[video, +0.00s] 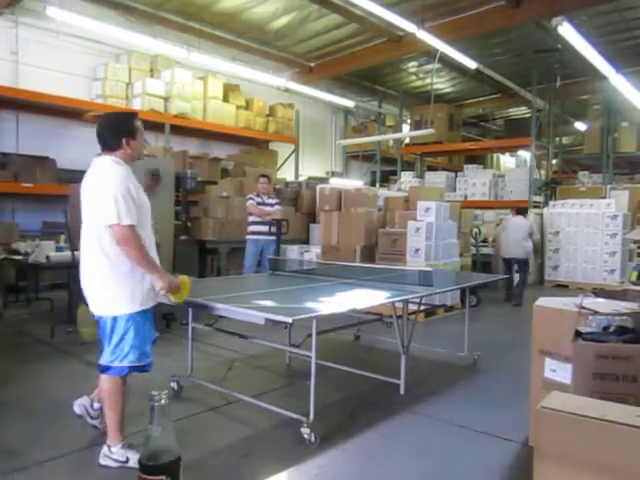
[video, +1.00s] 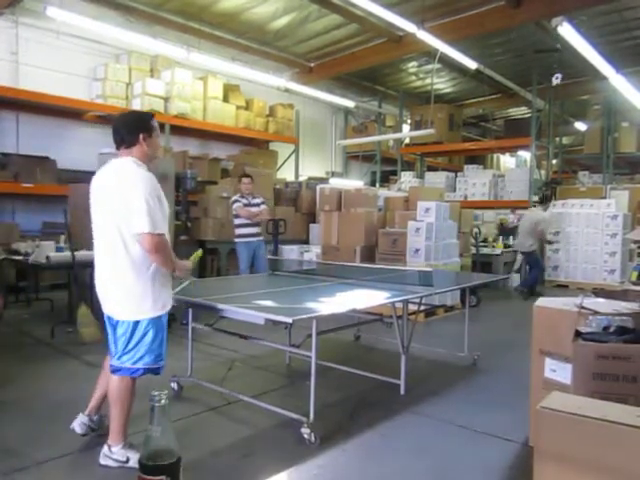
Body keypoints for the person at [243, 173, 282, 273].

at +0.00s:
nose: (263, 185)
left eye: (266, 183)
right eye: (261, 183)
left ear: (269, 185)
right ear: (257, 185)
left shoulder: (274, 200)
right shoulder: (252, 197)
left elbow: (279, 215)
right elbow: (252, 210)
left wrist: (265, 217)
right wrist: (271, 212)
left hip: (270, 237)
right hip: (254, 236)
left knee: (268, 267)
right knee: (250, 267)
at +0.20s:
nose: (258, 186)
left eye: (260, 184)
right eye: (256, 183)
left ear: (264, 186)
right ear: (252, 185)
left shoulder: (268, 200)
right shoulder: (246, 198)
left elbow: (274, 214)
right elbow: (248, 210)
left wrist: (261, 218)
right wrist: (266, 212)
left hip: (266, 237)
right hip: (250, 237)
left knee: (265, 268)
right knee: (249, 267)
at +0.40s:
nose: (252, 186)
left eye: (255, 184)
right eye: (250, 184)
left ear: (258, 186)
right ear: (245, 186)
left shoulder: (264, 200)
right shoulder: (240, 198)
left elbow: (269, 216)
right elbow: (245, 211)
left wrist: (254, 217)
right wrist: (262, 212)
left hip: (261, 237)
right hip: (245, 237)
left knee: (263, 269)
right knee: (246, 269)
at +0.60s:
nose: (248, 186)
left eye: (250, 184)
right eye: (245, 184)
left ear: (254, 185)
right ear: (241, 186)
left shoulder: (259, 199)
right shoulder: (236, 199)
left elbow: (266, 216)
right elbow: (243, 212)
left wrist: (251, 217)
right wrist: (258, 212)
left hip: (258, 238)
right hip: (242, 239)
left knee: (262, 269)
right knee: (244, 270)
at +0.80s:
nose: (246, 186)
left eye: (248, 183)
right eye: (243, 184)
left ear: (252, 185)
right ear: (239, 185)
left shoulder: (258, 199)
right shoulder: (235, 199)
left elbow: (266, 215)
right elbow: (242, 212)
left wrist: (251, 217)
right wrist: (258, 212)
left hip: (258, 239)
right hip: (242, 239)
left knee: (262, 270)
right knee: (244, 271)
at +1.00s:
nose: (247, 186)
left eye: (249, 183)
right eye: (244, 183)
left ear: (253, 185)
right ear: (239, 185)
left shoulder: (259, 199)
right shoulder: (235, 199)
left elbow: (267, 216)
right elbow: (243, 213)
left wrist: (252, 218)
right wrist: (259, 212)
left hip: (258, 239)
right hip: (242, 240)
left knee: (262, 270)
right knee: (245, 271)